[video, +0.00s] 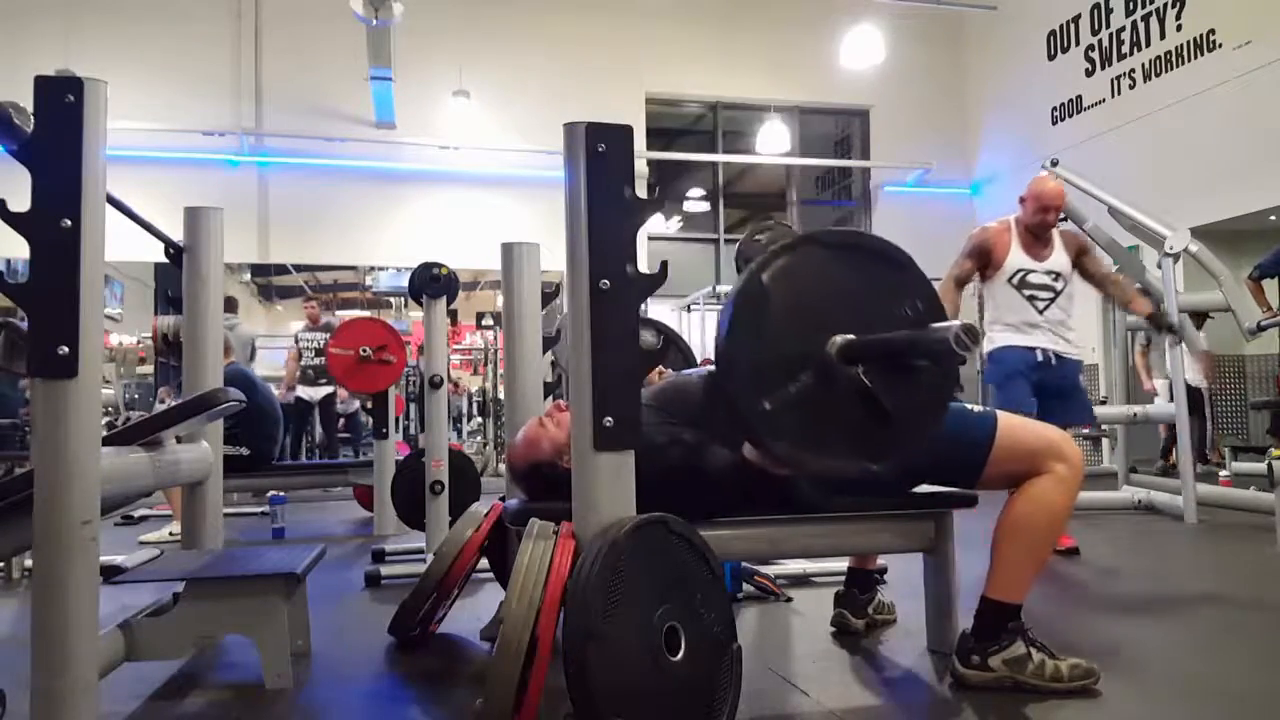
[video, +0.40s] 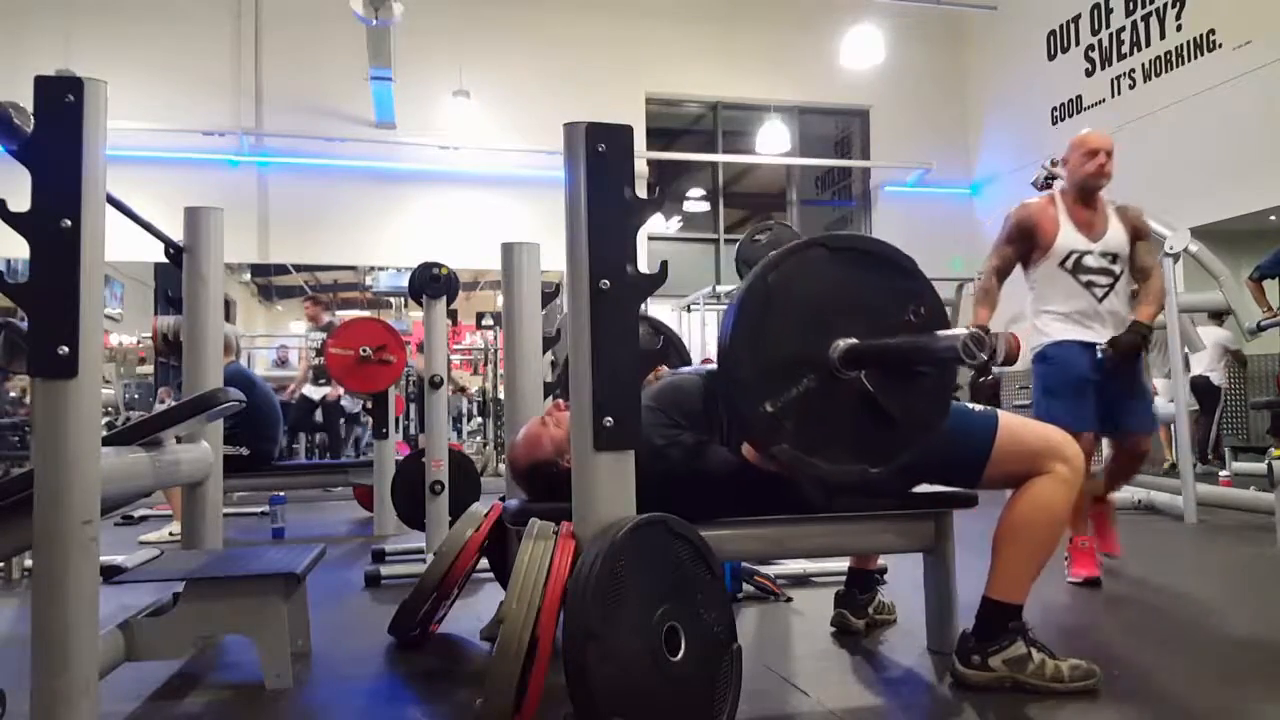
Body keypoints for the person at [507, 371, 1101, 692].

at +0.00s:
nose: (550, 407)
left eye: (539, 414)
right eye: (544, 424)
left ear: (557, 425)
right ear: (562, 454)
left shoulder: (617, 423)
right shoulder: (630, 451)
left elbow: (666, 383)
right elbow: (764, 460)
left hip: (800, 430)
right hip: (842, 441)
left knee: (902, 444)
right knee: (1058, 457)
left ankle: (858, 595)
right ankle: (992, 642)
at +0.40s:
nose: (555, 405)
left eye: (544, 410)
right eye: (548, 421)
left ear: (563, 428)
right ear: (564, 455)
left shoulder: (621, 425)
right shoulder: (630, 458)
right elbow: (757, 462)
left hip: (807, 430)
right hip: (840, 445)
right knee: (1059, 455)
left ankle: (858, 595)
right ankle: (994, 641)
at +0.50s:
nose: (552, 406)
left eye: (542, 413)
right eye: (546, 423)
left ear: (563, 422)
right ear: (564, 453)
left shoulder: (626, 419)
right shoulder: (627, 451)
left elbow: (721, 403)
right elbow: (738, 435)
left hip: (808, 428)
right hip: (843, 438)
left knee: (892, 444)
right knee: (1060, 457)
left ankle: (858, 597)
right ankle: (993, 639)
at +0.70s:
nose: (546, 412)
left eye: (538, 417)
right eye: (540, 428)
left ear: (557, 422)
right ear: (557, 461)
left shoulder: (608, 425)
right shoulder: (607, 451)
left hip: (806, 426)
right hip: (835, 434)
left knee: (921, 435)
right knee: (1053, 456)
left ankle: (858, 596)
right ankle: (992, 640)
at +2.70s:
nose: (544, 409)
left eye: (533, 416)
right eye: (537, 428)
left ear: (553, 437)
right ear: (556, 458)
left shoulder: (612, 427)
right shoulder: (627, 444)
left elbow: (667, 388)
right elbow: (761, 468)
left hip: (797, 441)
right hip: (827, 452)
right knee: (1053, 455)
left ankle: (856, 596)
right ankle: (993, 640)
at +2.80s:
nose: (545, 408)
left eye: (534, 415)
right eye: (538, 426)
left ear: (554, 437)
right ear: (556, 458)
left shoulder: (615, 426)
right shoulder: (629, 445)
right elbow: (762, 464)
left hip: (805, 432)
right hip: (837, 437)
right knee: (1053, 455)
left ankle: (856, 595)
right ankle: (993, 639)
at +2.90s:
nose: (542, 407)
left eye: (531, 416)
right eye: (536, 424)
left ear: (550, 436)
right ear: (553, 453)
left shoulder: (612, 420)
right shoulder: (621, 450)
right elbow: (746, 451)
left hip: (799, 424)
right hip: (832, 433)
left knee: (890, 446)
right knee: (1052, 455)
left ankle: (855, 597)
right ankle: (993, 640)